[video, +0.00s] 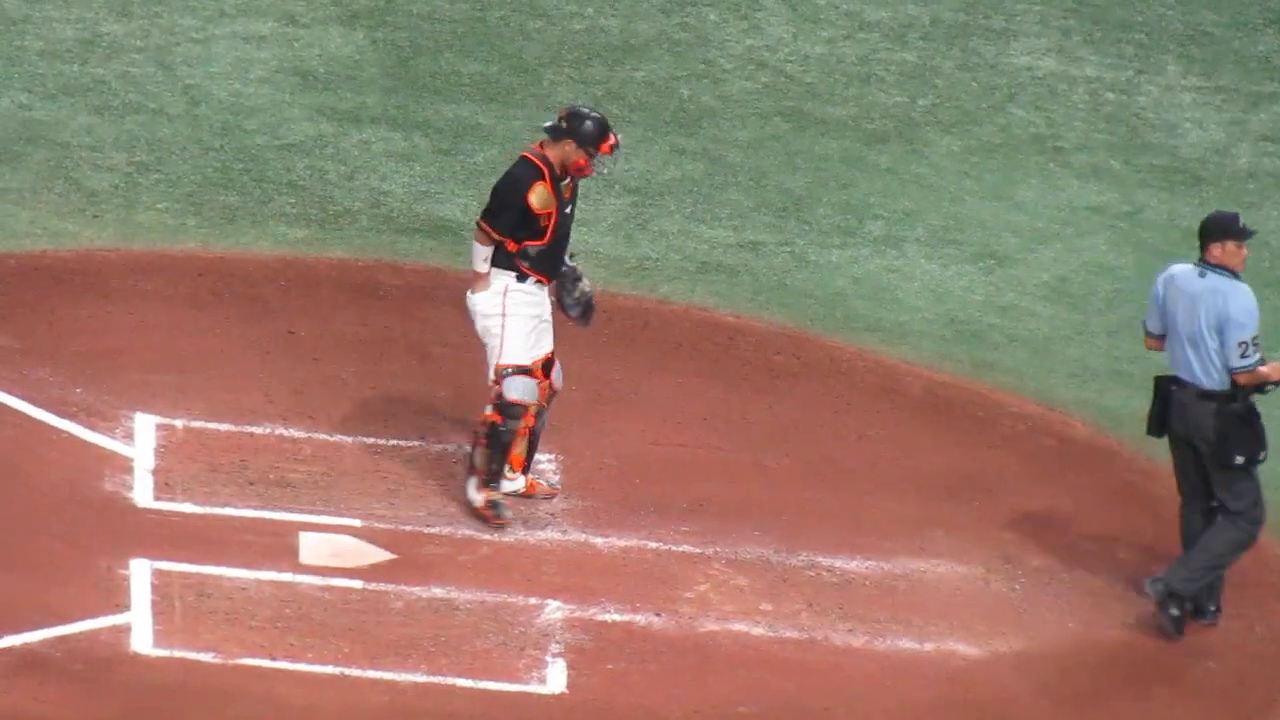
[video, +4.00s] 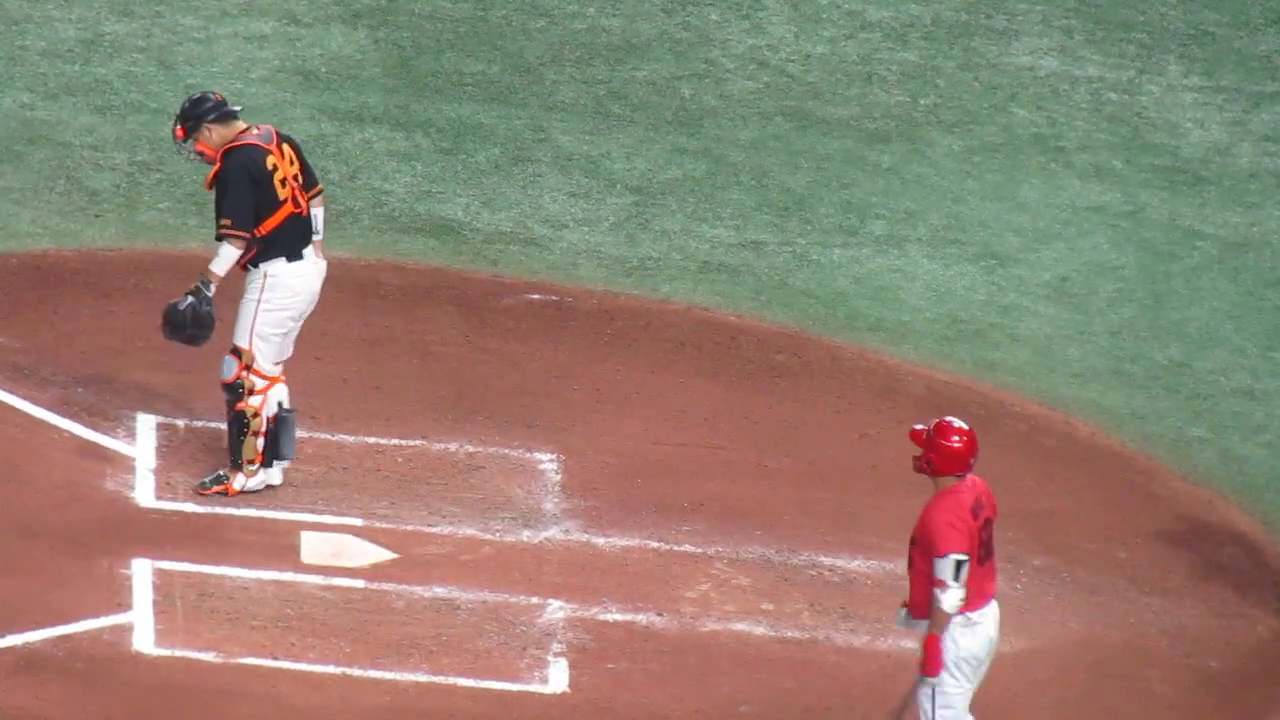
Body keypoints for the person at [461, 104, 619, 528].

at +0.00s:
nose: (589, 164)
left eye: (593, 157)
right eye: (588, 155)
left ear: (574, 146)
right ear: (569, 143)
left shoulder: (564, 175)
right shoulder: (525, 177)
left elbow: (546, 238)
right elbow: (485, 233)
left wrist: (566, 277)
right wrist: (479, 281)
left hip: (534, 293)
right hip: (505, 292)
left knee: (545, 382)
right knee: (516, 391)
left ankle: (513, 475)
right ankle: (482, 485)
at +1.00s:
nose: (630, 225)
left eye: (636, 222)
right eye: (632, 219)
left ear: (620, 188)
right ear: (620, 202)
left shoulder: (593, 184)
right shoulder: (573, 221)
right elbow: (530, 264)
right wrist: (509, 309)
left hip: (541, 311)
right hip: (531, 317)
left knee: (555, 400)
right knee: (536, 416)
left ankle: (520, 489)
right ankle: (506, 509)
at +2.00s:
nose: (604, 196)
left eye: (611, 188)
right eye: (597, 187)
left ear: (619, 181)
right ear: (576, 176)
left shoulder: (620, 199)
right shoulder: (533, 186)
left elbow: (628, 244)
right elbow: (495, 223)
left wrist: (641, 293)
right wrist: (486, 264)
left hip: (557, 293)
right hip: (512, 285)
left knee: (570, 382)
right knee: (529, 384)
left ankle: (539, 469)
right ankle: (509, 482)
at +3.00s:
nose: (364, 131)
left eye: (369, 122)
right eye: (360, 123)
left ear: (390, 113)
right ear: (369, 119)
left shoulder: (431, 149)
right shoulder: (376, 138)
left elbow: (455, 218)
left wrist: (442, 273)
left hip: (419, 265)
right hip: (382, 260)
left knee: (405, 358)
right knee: (370, 351)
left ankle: (394, 446)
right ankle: (392, 437)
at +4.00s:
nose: (198, 151)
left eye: (196, 141)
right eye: (193, 144)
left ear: (212, 128)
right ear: (227, 120)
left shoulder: (236, 161)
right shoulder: (277, 137)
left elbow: (235, 237)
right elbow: (313, 193)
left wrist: (203, 289)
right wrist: (315, 243)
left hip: (277, 275)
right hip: (306, 266)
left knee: (244, 370)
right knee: (269, 364)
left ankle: (247, 471)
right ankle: (273, 460)